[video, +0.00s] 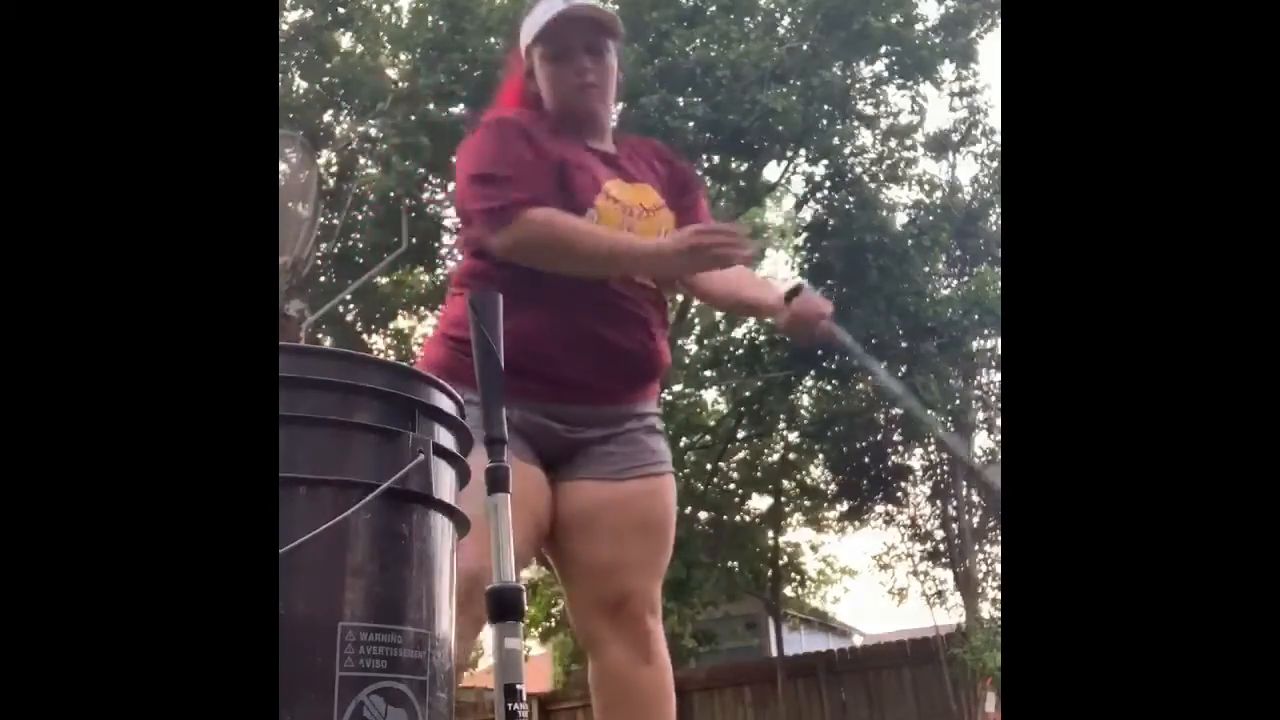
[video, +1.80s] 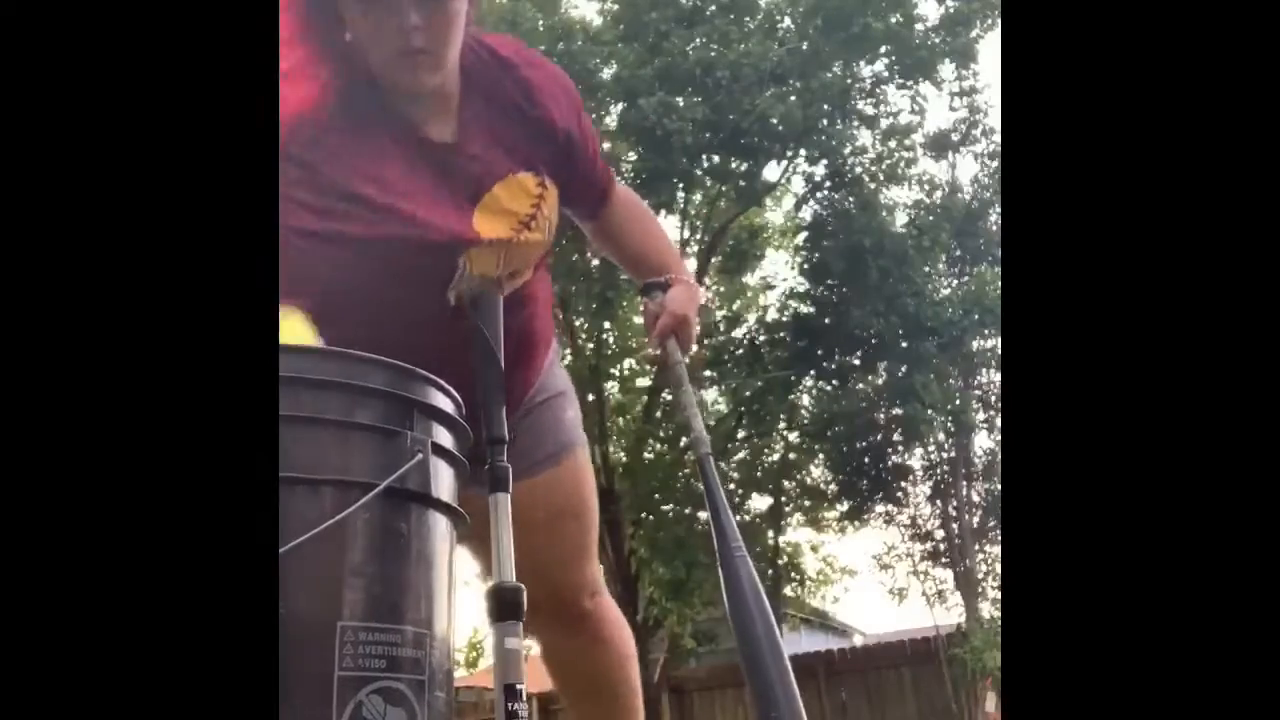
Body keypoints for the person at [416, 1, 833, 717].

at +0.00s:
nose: (584, 66)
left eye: (597, 50)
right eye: (561, 55)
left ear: (620, 63)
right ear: (530, 70)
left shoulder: (662, 167)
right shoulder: (504, 138)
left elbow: (700, 271)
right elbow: (511, 230)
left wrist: (779, 299)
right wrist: (654, 254)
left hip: (620, 423)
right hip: (486, 407)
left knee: (632, 628)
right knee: (473, 578)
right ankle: (405, 706)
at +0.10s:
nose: (569, 54)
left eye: (584, 36)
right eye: (548, 42)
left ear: (609, 46)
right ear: (520, 55)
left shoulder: (655, 152)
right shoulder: (474, 135)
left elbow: (700, 259)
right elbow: (430, 236)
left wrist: (752, 308)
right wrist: (576, 265)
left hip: (618, 419)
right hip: (481, 402)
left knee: (630, 622)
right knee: (467, 568)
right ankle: (398, 706)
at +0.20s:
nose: (544, 32)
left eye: (560, 16)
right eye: (522, 20)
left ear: (589, 28)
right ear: (495, 38)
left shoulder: (644, 142)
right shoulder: (449, 125)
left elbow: (682, 252)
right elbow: (371, 233)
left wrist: (714, 308)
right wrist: (462, 276)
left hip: (605, 418)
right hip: (467, 407)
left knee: (626, 625)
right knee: (455, 577)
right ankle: (391, 701)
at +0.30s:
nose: (504, 17)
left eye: (524, 1)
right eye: (482, 2)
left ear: (555, 17)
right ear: (454, 18)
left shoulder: (612, 127)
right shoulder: (396, 123)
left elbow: (653, 248)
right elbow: (318, 238)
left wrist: (689, 305)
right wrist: (354, 303)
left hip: (586, 419)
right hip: (449, 417)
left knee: (616, 639)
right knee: (424, 632)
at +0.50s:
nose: (410, 7)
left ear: (467, 3)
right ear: (353, 11)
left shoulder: (532, 87)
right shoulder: (310, 130)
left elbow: (601, 207)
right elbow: (285, 275)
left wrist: (660, 278)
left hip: (524, 403)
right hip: (370, 413)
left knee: (574, 617)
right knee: (357, 638)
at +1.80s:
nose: (417, 22)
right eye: (386, 3)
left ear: (467, 7)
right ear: (345, 22)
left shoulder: (529, 94)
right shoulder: (300, 121)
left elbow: (600, 198)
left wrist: (675, 275)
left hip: (515, 389)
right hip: (359, 399)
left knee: (575, 606)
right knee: (329, 623)